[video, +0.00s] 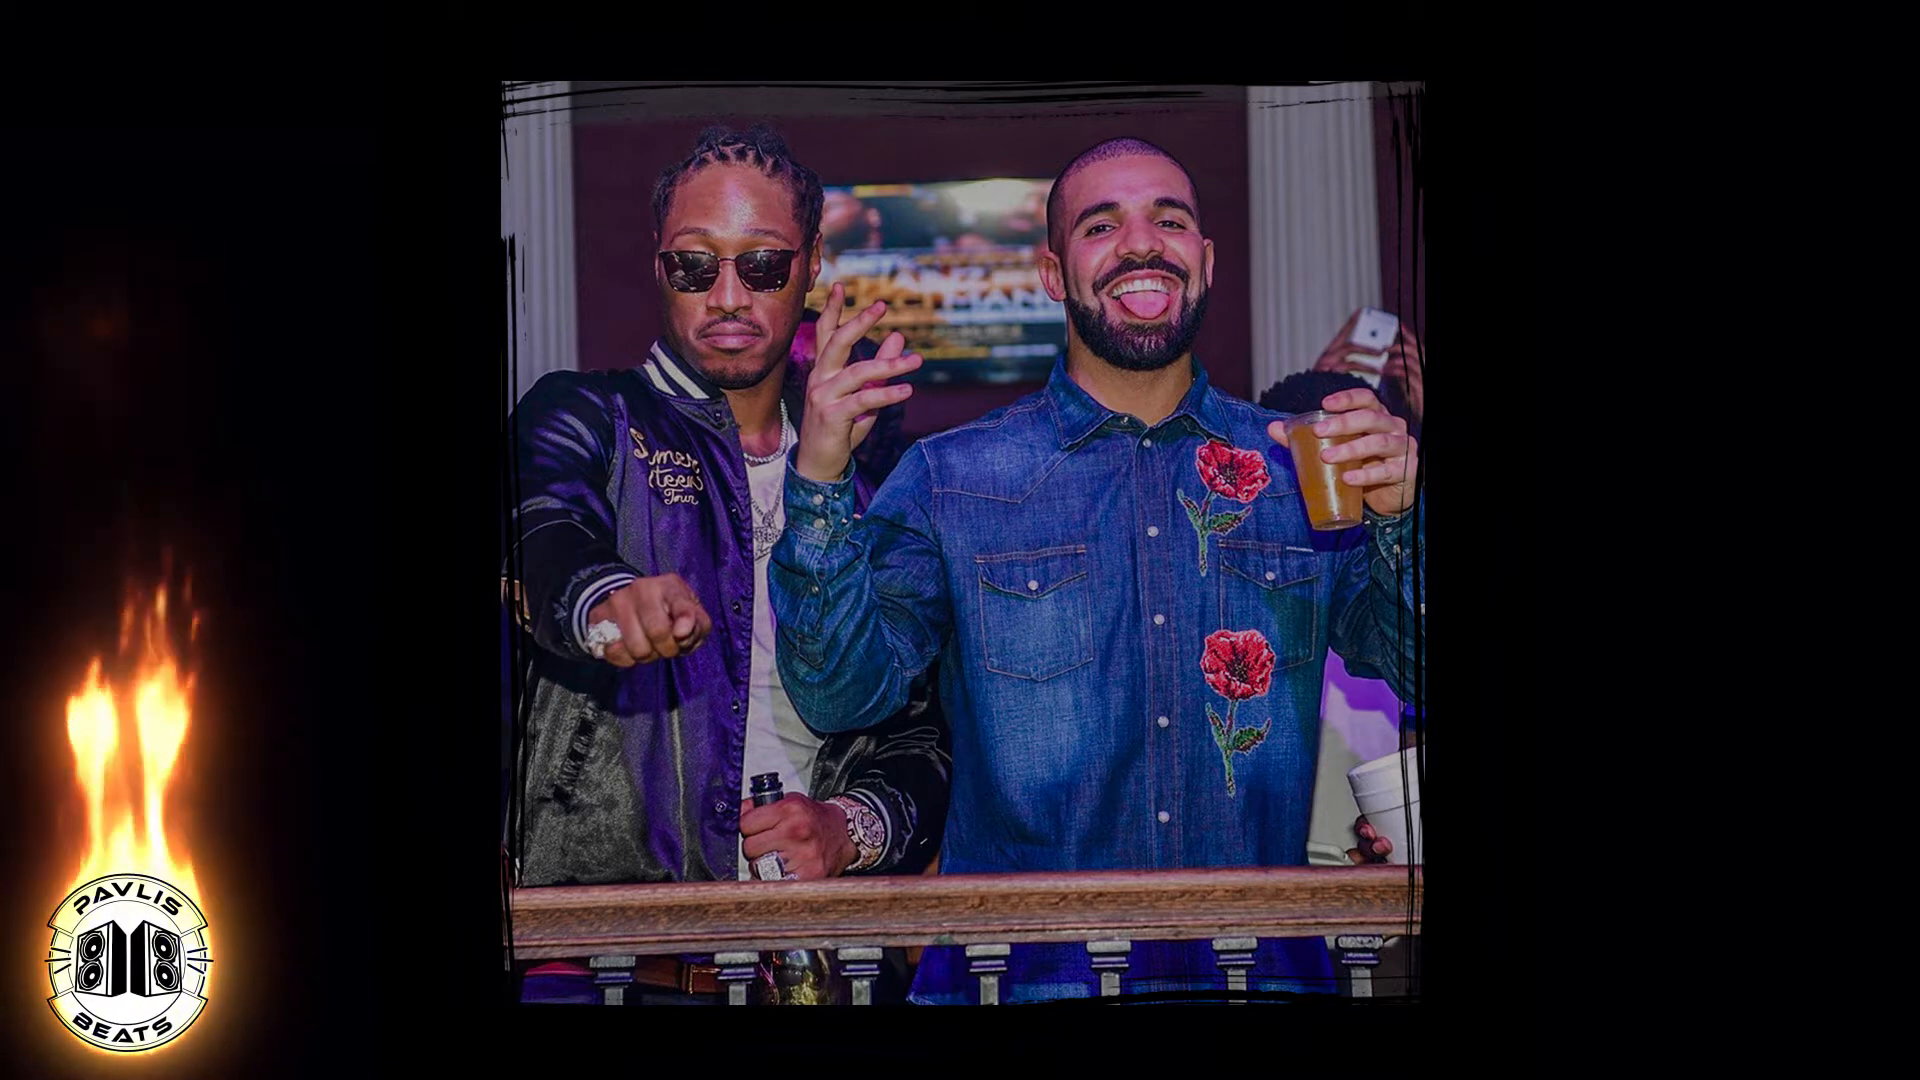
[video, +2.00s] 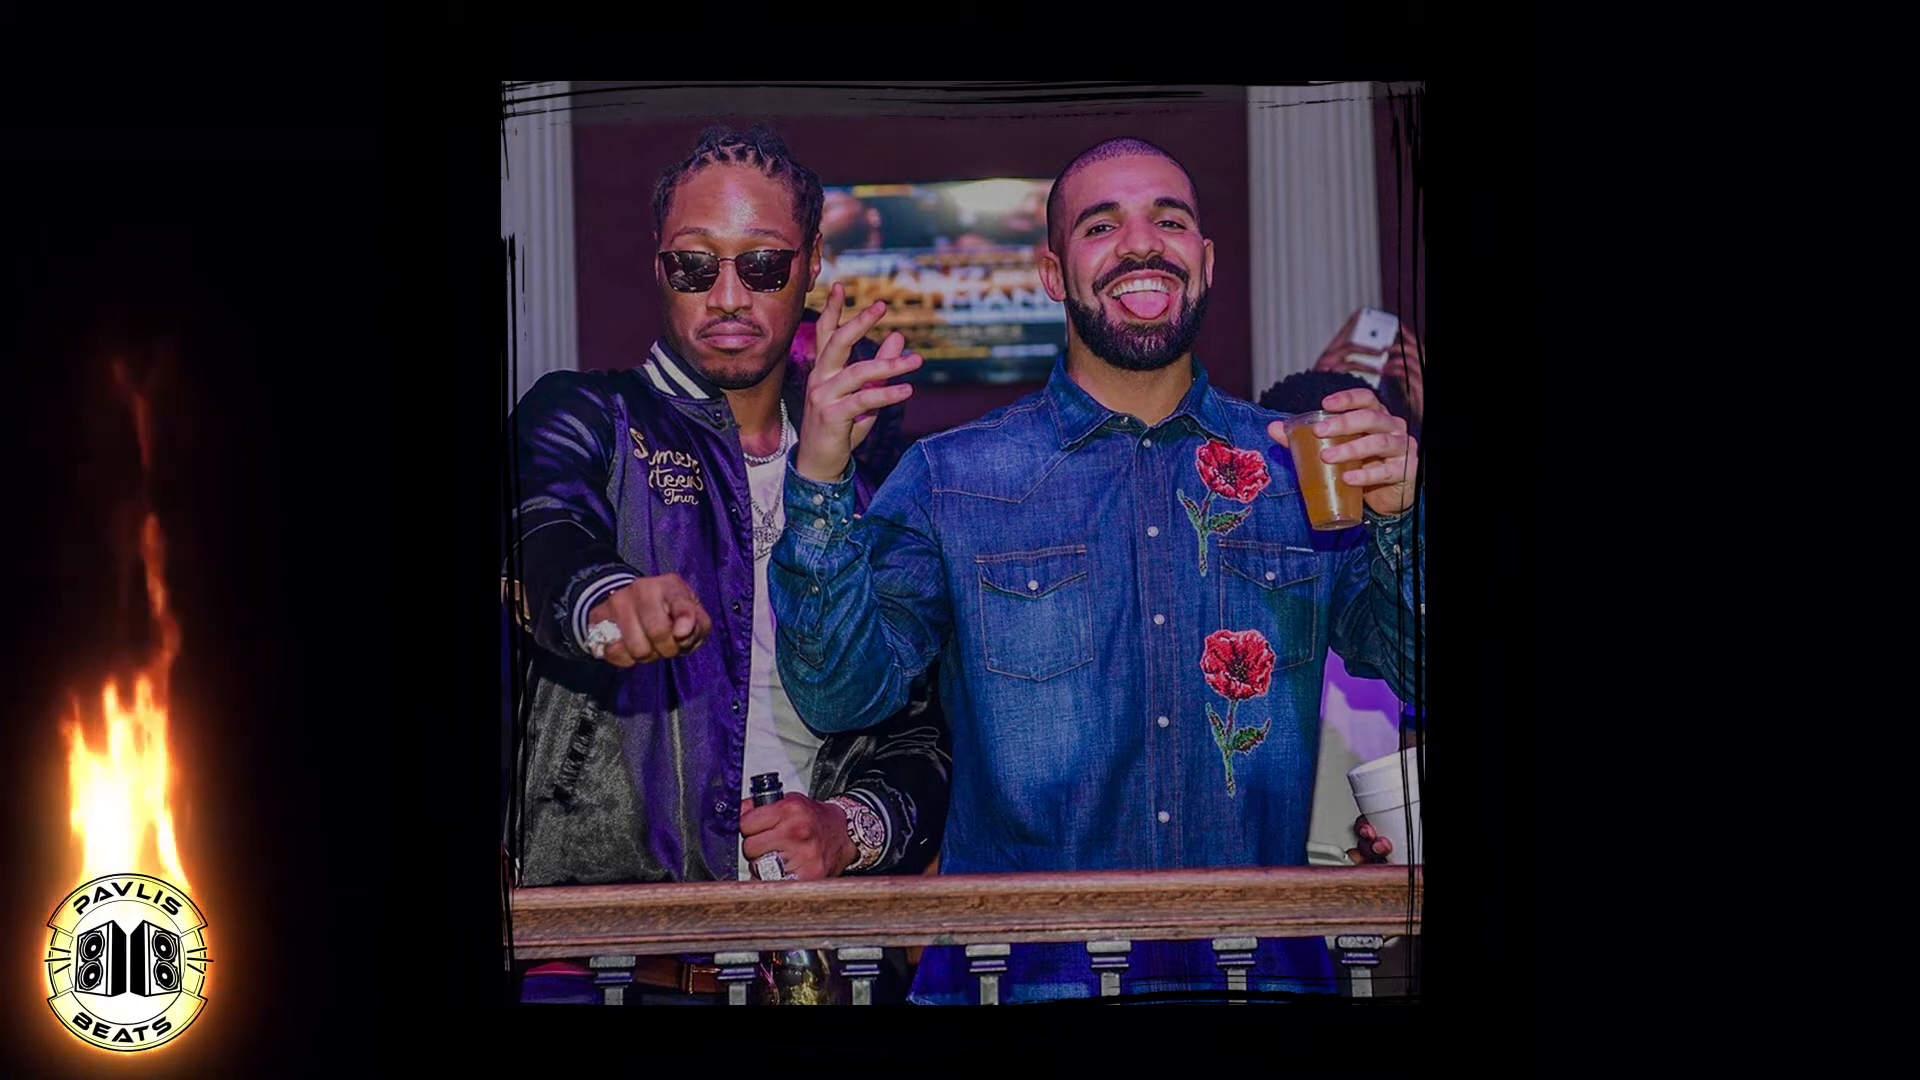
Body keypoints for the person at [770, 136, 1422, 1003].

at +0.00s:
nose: (1142, 242)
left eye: (1170, 219)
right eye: (1102, 225)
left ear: (1207, 259)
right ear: (1055, 273)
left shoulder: (1304, 469)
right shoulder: (945, 478)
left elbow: (1413, 673)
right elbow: (840, 692)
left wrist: (1402, 516)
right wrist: (818, 475)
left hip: (1255, 955)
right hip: (1022, 963)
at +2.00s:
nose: (1142, 242)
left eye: (1170, 219)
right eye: (1102, 225)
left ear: (1207, 259)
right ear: (1055, 273)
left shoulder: (1304, 469)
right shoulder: (945, 478)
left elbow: (1413, 673)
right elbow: (840, 692)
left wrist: (1402, 516)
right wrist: (818, 475)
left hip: (1255, 955)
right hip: (1022, 963)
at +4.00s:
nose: (1141, 243)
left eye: (1169, 220)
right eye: (1102, 225)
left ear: (1208, 258)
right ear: (1055, 272)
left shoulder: (1305, 469)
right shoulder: (945, 479)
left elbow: (1410, 671)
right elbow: (840, 693)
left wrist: (1402, 515)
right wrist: (818, 475)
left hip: (1255, 953)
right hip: (1020, 963)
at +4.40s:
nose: (1141, 242)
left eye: (1169, 219)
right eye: (1102, 224)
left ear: (1208, 259)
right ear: (1055, 272)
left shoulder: (1304, 469)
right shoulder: (945, 478)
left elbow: (1413, 672)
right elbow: (840, 692)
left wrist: (1402, 515)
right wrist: (818, 473)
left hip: (1255, 954)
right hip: (1020, 964)